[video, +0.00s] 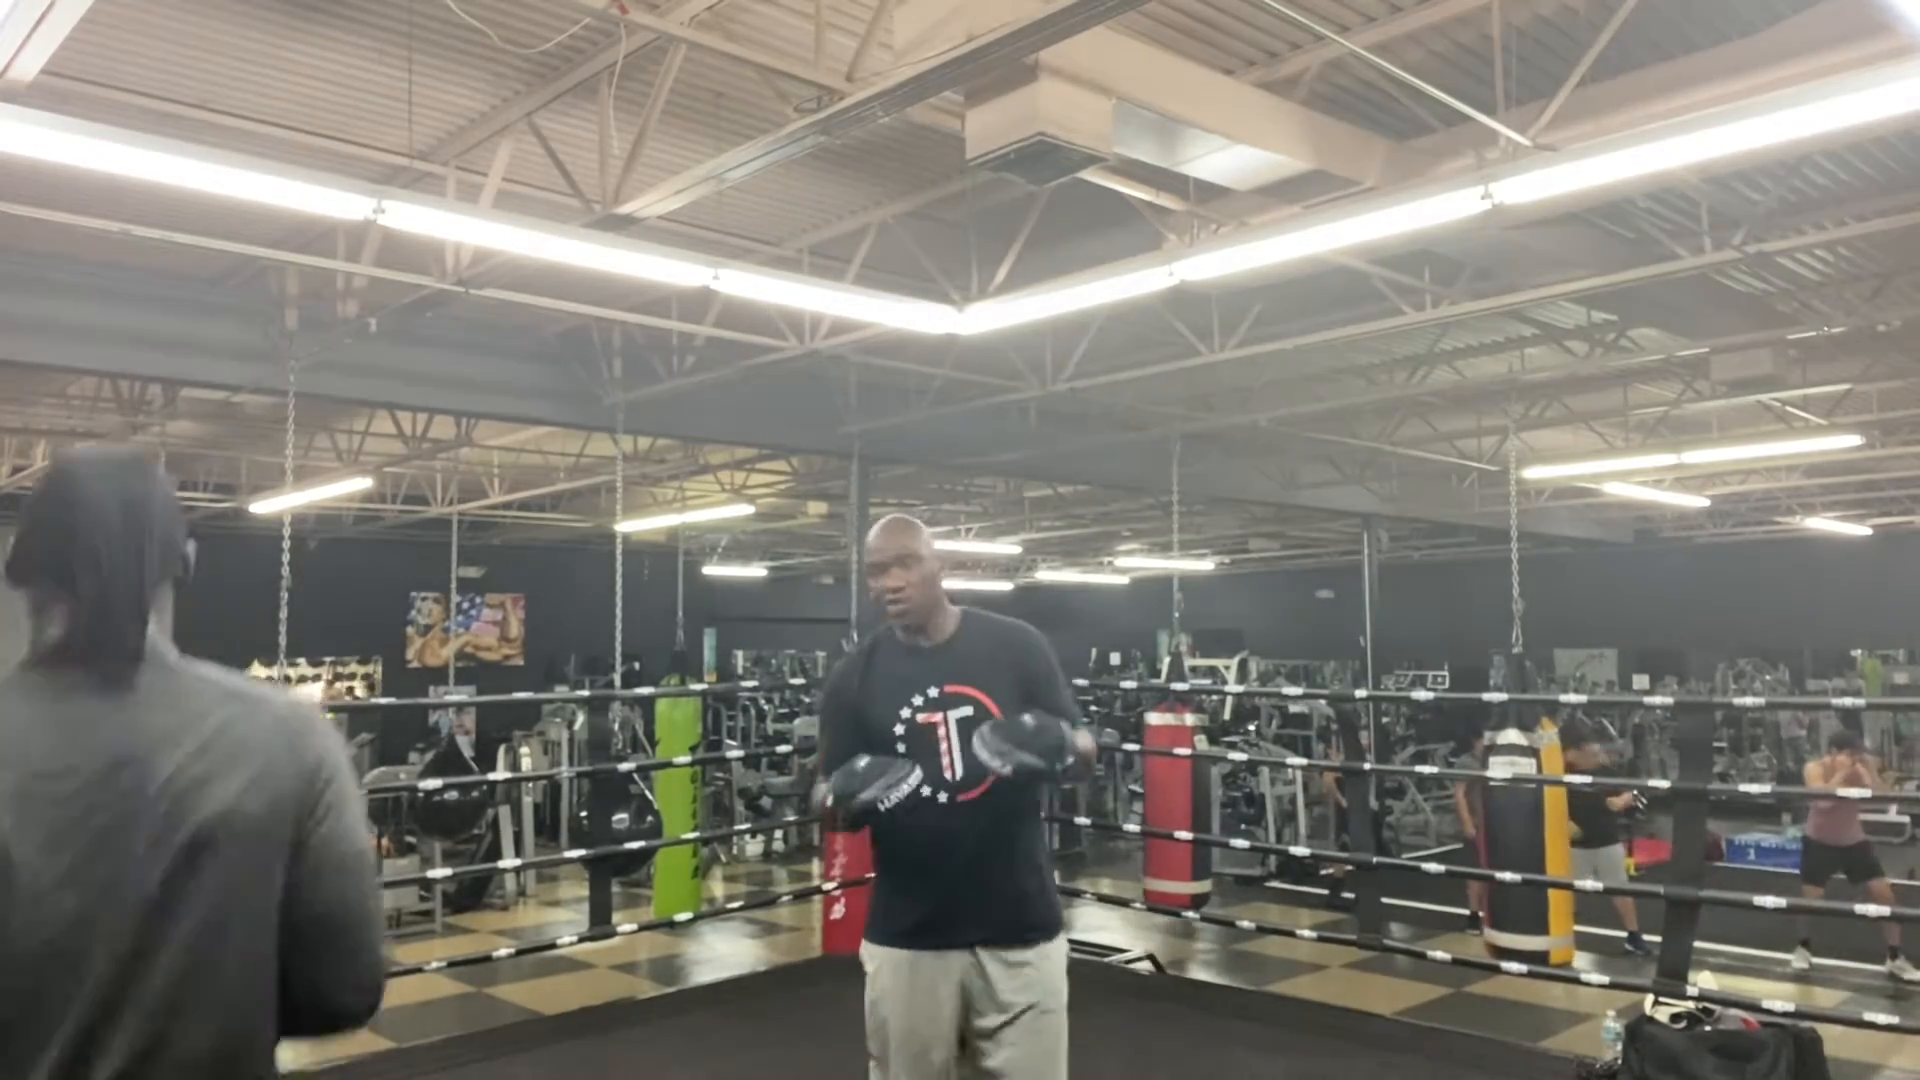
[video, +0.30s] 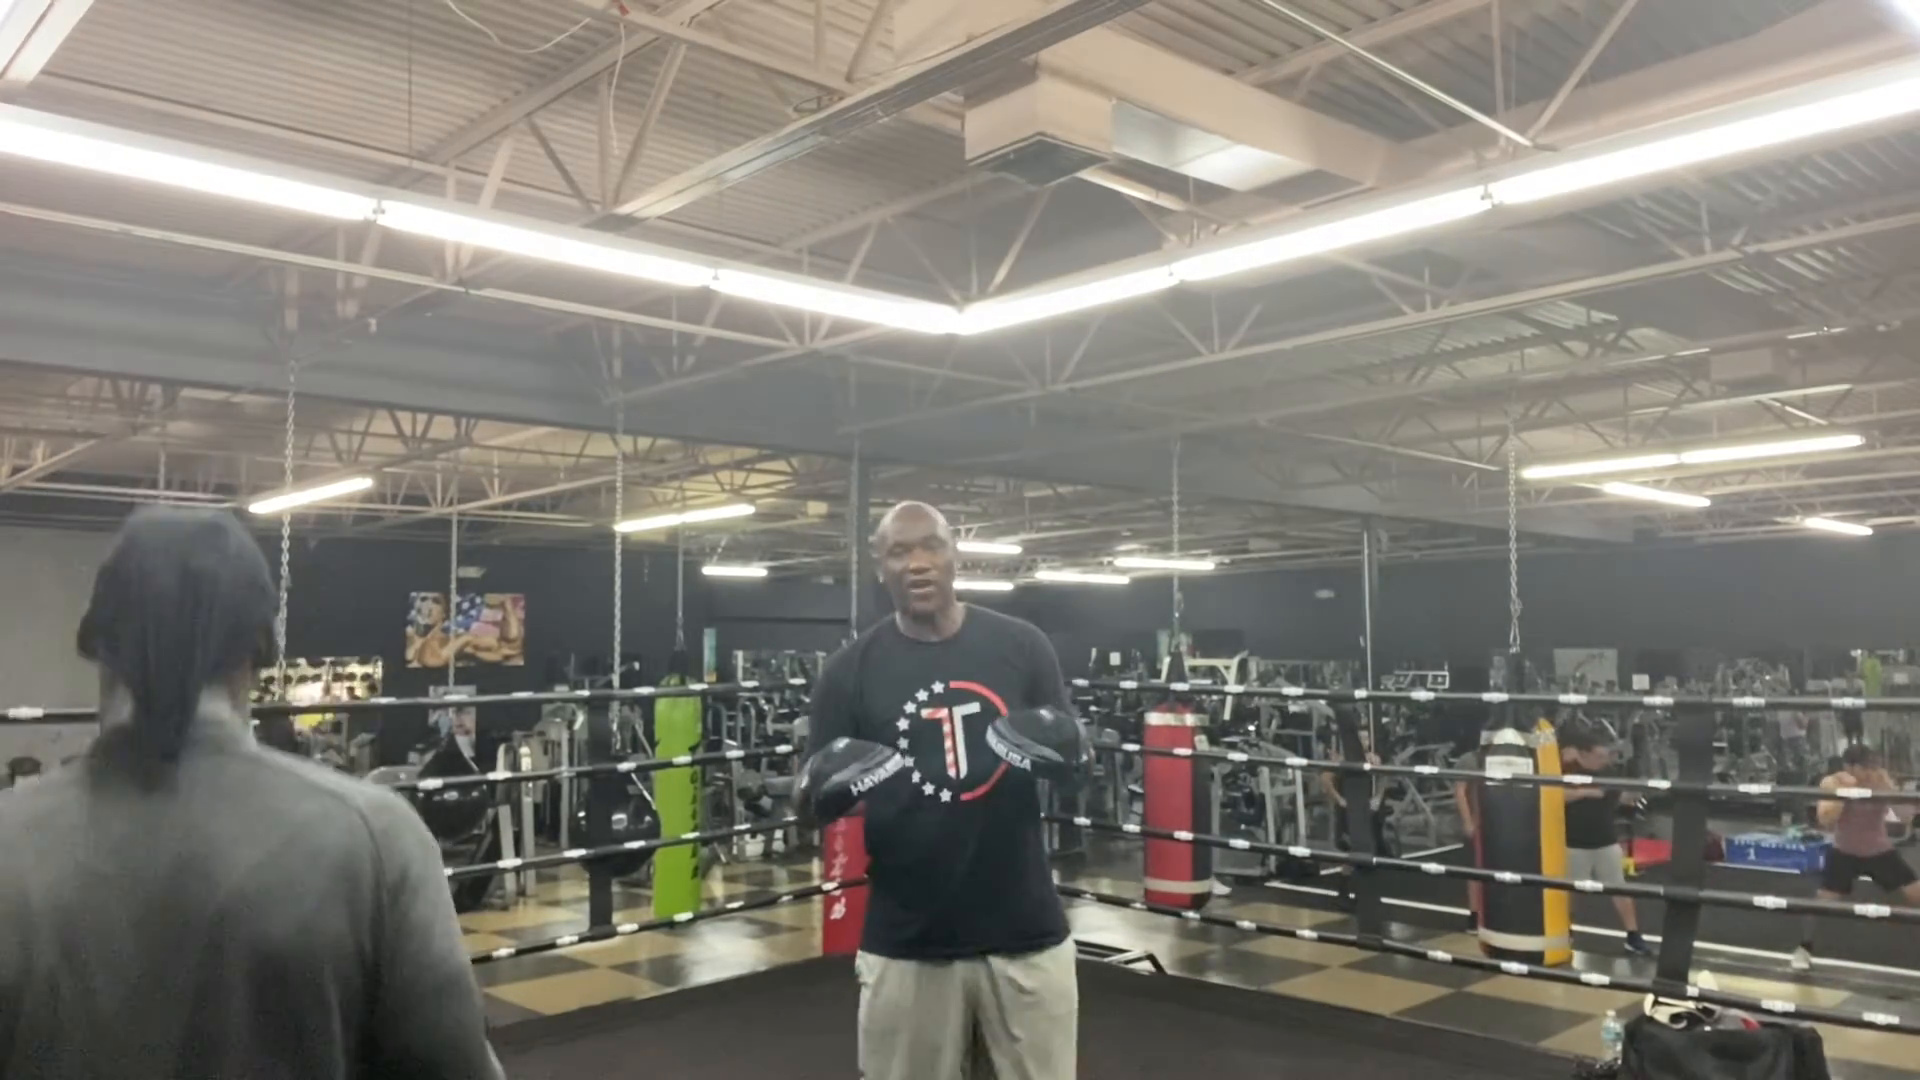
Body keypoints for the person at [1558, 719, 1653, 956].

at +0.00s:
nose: (1597, 758)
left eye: (1598, 752)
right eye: (1591, 753)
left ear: (1601, 750)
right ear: (1571, 754)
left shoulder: (1606, 773)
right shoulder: (1564, 777)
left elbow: (1624, 791)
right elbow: (1572, 808)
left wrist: (1623, 799)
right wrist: (1607, 803)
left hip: (1607, 840)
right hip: (1575, 843)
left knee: (1620, 890)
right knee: (1565, 892)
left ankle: (1633, 934)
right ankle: (1561, 936)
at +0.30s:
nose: (1603, 760)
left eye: (1605, 756)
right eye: (1599, 755)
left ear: (1607, 757)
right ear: (1584, 753)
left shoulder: (1607, 773)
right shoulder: (1567, 772)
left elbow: (1611, 799)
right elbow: (1556, 798)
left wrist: (1627, 798)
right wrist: (1584, 792)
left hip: (1606, 841)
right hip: (1574, 842)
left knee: (1619, 889)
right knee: (1567, 891)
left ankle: (1633, 934)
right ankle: (1563, 933)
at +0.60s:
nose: (1608, 760)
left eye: (1610, 755)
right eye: (1604, 754)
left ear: (1612, 753)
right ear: (1590, 750)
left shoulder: (1610, 774)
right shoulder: (1568, 771)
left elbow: (1614, 799)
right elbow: (1554, 797)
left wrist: (1627, 804)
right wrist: (1579, 811)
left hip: (1607, 842)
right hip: (1576, 843)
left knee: (1620, 890)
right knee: (1570, 892)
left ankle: (1633, 935)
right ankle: (1564, 932)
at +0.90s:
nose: (1583, 757)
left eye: (1588, 752)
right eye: (1582, 752)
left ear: (1602, 753)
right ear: (1580, 751)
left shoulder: (1617, 775)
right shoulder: (1568, 772)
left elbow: (1637, 794)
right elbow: (1553, 797)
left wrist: (1630, 803)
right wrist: (1566, 811)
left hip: (1610, 841)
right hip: (1576, 841)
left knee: (1621, 890)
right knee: (1571, 890)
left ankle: (1633, 934)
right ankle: (1566, 931)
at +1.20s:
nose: (1589, 760)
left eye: (1594, 755)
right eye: (1585, 754)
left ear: (1599, 754)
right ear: (1576, 751)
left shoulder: (1613, 774)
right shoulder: (1567, 773)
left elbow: (1634, 802)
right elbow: (1584, 805)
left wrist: (1608, 805)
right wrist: (1621, 803)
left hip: (1608, 841)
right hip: (1575, 841)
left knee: (1620, 890)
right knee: (1569, 891)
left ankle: (1633, 934)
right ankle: (1561, 934)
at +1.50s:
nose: (1565, 757)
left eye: (1569, 753)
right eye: (1567, 753)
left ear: (1585, 754)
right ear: (1570, 751)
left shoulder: (1610, 772)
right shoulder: (1560, 773)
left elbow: (1635, 798)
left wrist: (1600, 805)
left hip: (1606, 841)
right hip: (1572, 842)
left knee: (1619, 889)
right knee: (1568, 893)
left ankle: (1633, 934)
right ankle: (1565, 938)